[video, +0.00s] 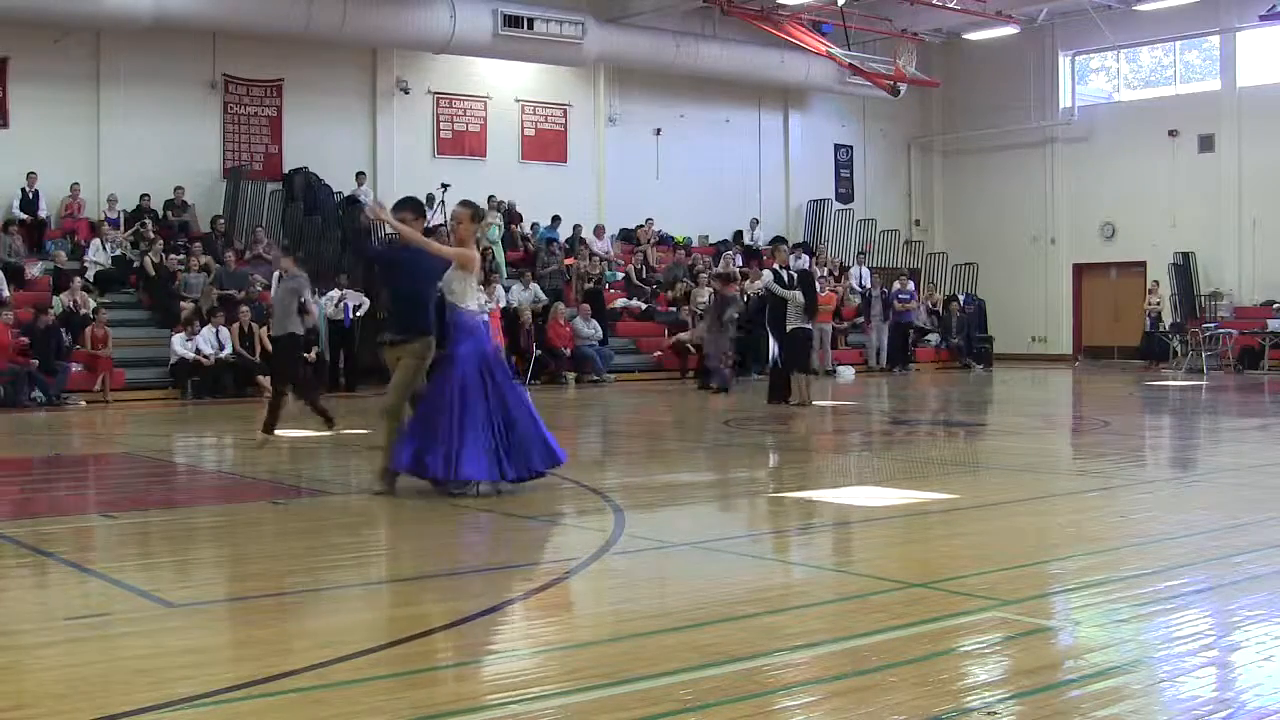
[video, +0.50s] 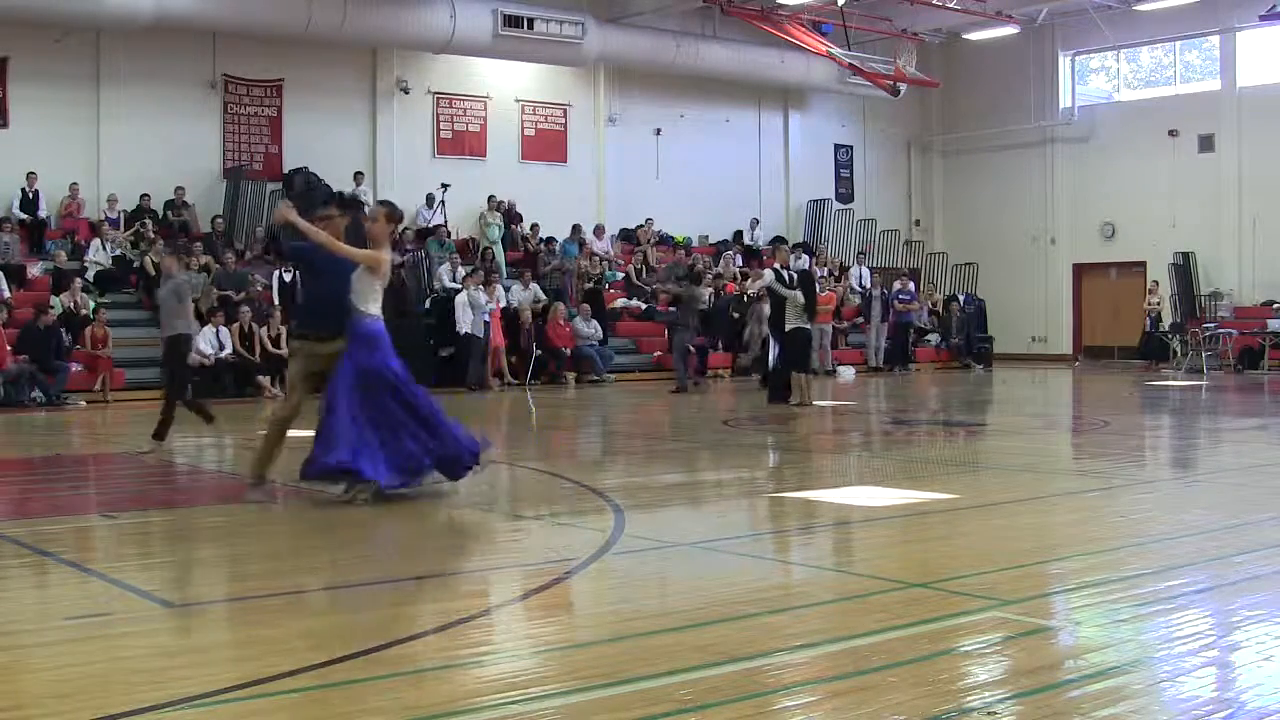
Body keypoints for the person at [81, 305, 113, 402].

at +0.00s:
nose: (106, 316)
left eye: (106, 314)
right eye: (103, 314)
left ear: (106, 316)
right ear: (96, 316)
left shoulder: (108, 330)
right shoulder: (89, 330)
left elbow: (109, 348)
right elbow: (88, 349)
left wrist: (102, 352)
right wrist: (100, 353)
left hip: (103, 355)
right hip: (92, 356)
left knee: (104, 360)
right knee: (106, 365)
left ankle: (98, 382)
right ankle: (107, 393)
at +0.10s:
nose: (105, 316)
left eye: (105, 314)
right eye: (102, 314)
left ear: (106, 316)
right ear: (96, 315)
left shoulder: (108, 330)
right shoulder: (89, 330)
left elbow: (109, 349)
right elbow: (88, 350)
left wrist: (99, 351)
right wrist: (100, 353)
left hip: (103, 355)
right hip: (92, 356)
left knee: (104, 360)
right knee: (106, 365)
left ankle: (98, 382)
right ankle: (107, 393)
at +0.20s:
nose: (105, 316)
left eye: (105, 314)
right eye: (102, 314)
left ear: (106, 316)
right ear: (95, 315)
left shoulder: (108, 330)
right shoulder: (89, 330)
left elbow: (109, 349)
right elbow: (88, 350)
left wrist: (99, 351)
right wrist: (100, 353)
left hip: (103, 355)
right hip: (92, 356)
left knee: (104, 360)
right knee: (106, 365)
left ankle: (98, 382)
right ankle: (107, 393)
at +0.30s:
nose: (105, 316)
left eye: (105, 314)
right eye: (102, 314)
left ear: (106, 316)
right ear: (95, 315)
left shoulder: (108, 330)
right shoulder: (89, 330)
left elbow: (109, 349)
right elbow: (88, 350)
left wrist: (99, 351)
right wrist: (100, 353)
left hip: (103, 355)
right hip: (92, 356)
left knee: (104, 360)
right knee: (106, 365)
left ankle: (98, 382)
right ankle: (107, 393)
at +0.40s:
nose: (105, 316)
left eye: (105, 314)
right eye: (102, 314)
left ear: (106, 316)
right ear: (95, 316)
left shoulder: (108, 331)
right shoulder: (88, 330)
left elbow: (109, 349)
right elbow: (88, 350)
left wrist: (100, 352)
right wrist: (99, 353)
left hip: (103, 355)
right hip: (92, 356)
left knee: (104, 359)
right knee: (106, 365)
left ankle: (98, 382)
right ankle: (106, 393)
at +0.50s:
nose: (105, 316)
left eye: (105, 314)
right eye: (102, 314)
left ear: (106, 316)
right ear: (96, 315)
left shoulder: (108, 331)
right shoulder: (89, 330)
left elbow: (109, 349)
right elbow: (88, 350)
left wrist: (100, 351)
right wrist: (100, 353)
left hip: (103, 355)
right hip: (92, 356)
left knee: (104, 359)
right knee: (106, 364)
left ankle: (98, 382)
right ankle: (107, 393)